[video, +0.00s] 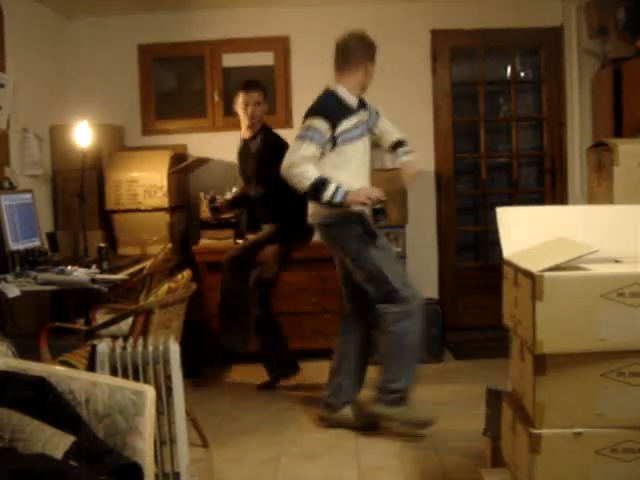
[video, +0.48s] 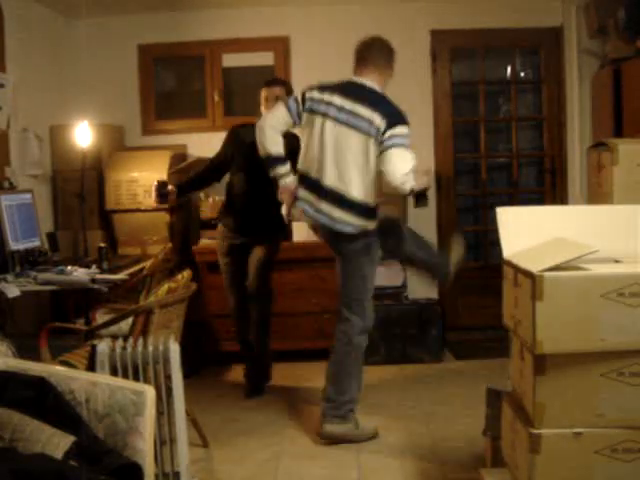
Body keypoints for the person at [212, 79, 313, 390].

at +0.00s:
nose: (250, 112)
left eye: (256, 104)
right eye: (244, 105)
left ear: (266, 108)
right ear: (236, 110)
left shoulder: (275, 146)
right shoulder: (245, 147)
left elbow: (284, 198)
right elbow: (251, 189)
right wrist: (229, 201)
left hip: (283, 228)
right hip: (259, 228)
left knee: (234, 261)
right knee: (257, 298)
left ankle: (232, 342)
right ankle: (281, 364)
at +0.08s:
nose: (258, 106)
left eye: (264, 100)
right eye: (252, 100)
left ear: (274, 104)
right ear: (244, 106)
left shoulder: (287, 145)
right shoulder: (242, 145)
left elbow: (312, 181)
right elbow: (242, 189)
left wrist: (312, 222)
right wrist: (213, 203)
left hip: (281, 231)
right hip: (253, 232)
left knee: (242, 290)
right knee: (245, 296)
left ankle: (268, 364)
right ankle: (262, 371)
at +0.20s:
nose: (268, 121)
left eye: (274, 115)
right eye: (262, 115)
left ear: (283, 119)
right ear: (253, 119)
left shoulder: (293, 161)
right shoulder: (241, 154)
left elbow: (306, 200)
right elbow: (227, 194)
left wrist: (337, 217)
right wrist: (196, 205)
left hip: (275, 249)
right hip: (241, 247)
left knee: (268, 327)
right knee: (230, 317)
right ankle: (259, 380)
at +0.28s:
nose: (272, 119)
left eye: (278, 113)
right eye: (266, 113)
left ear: (286, 118)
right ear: (256, 118)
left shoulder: (291, 160)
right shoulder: (238, 151)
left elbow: (307, 201)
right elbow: (219, 189)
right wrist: (189, 201)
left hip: (274, 246)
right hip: (240, 246)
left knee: (264, 322)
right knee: (234, 318)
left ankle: (311, 371)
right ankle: (259, 379)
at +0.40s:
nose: (272, 107)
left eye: (278, 101)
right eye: (267, 101)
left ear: (289, 105)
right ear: (259, 105)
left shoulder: (294, 143)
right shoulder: (240, 138)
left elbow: (300, 179)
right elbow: (215, 172)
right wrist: (177, 192)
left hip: (269, 229)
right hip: (235, 229)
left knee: (261, 296)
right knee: (240, 301)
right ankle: (258, 363)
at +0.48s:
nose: (270, 107)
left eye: (277, 101)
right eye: (266, 100)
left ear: (288, 104)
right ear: (259, 102)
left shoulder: (292, 141)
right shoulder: (240, 135)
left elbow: (296, 179)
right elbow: (215, 169)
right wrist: (178, 189)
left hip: (268, 226)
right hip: (233, 226)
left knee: (257, 293)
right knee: (237, 299)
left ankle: (258, 373)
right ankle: (252, 367)